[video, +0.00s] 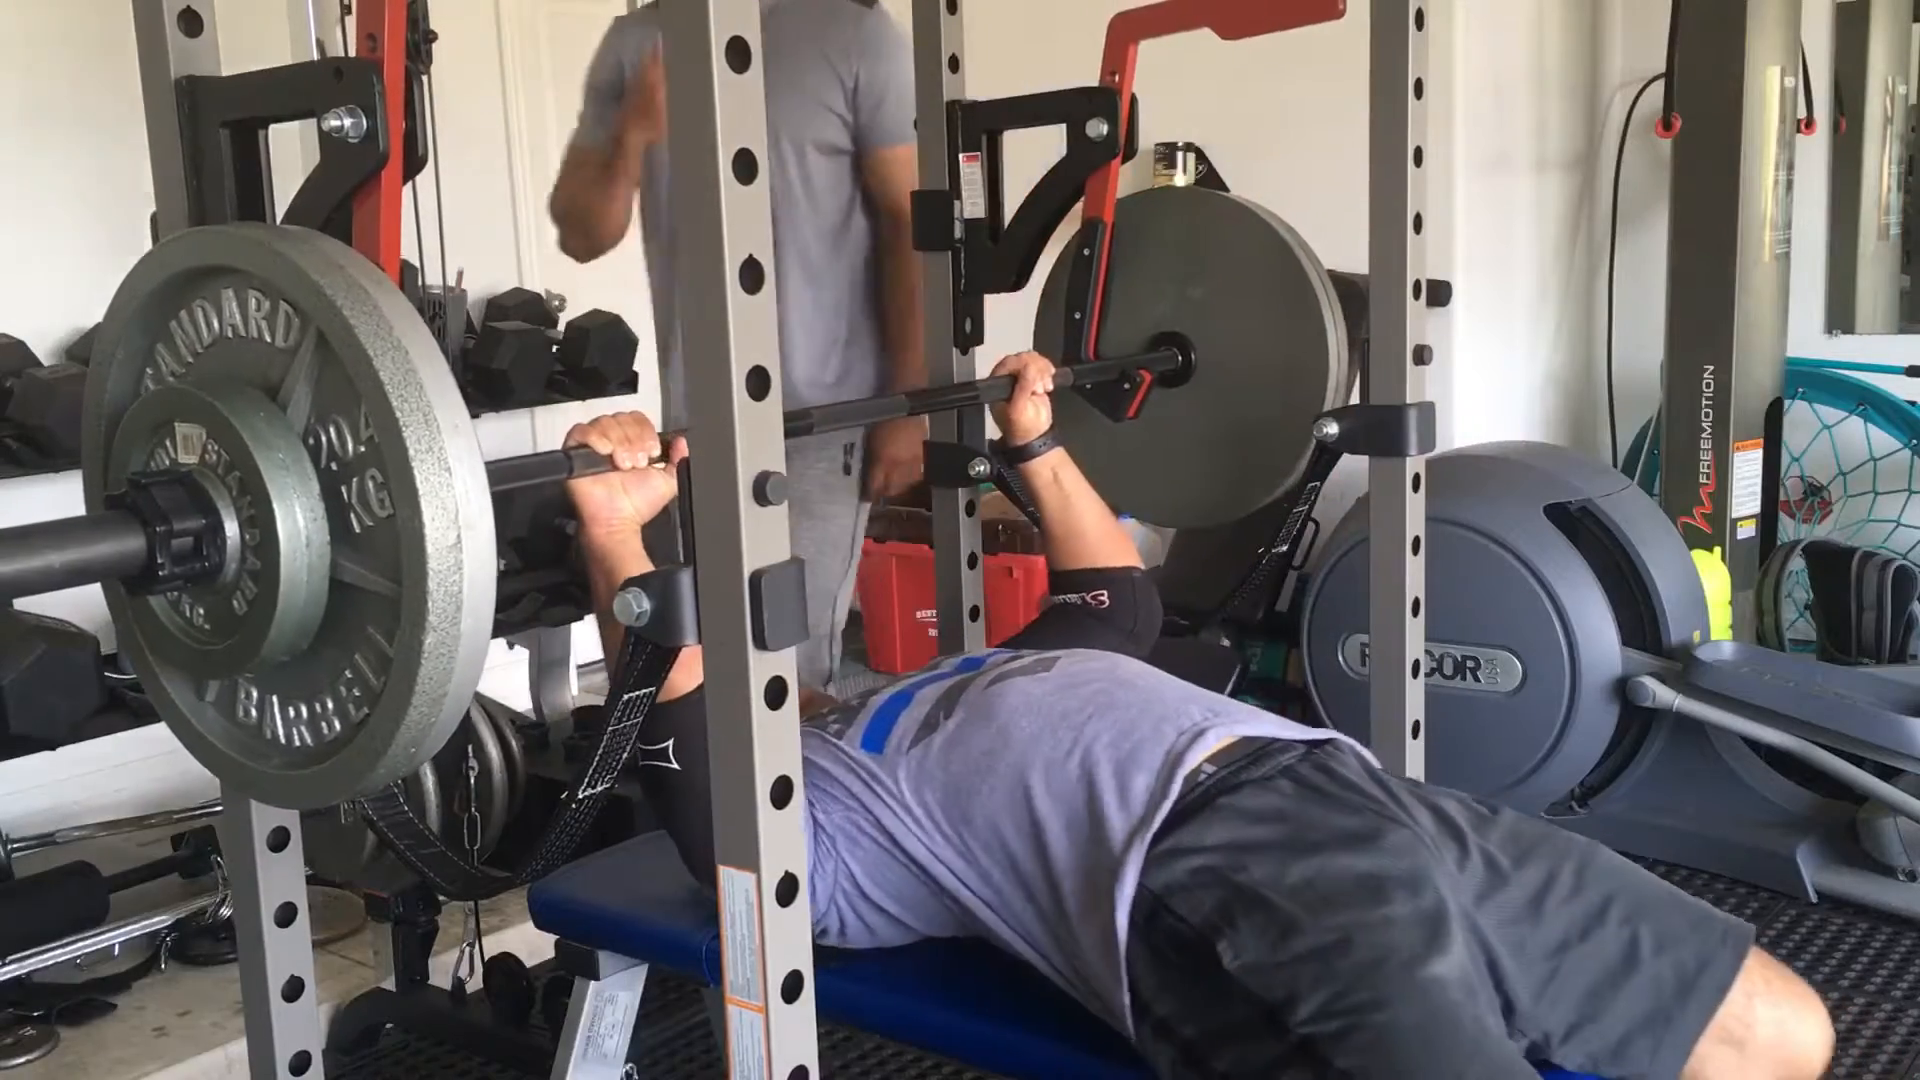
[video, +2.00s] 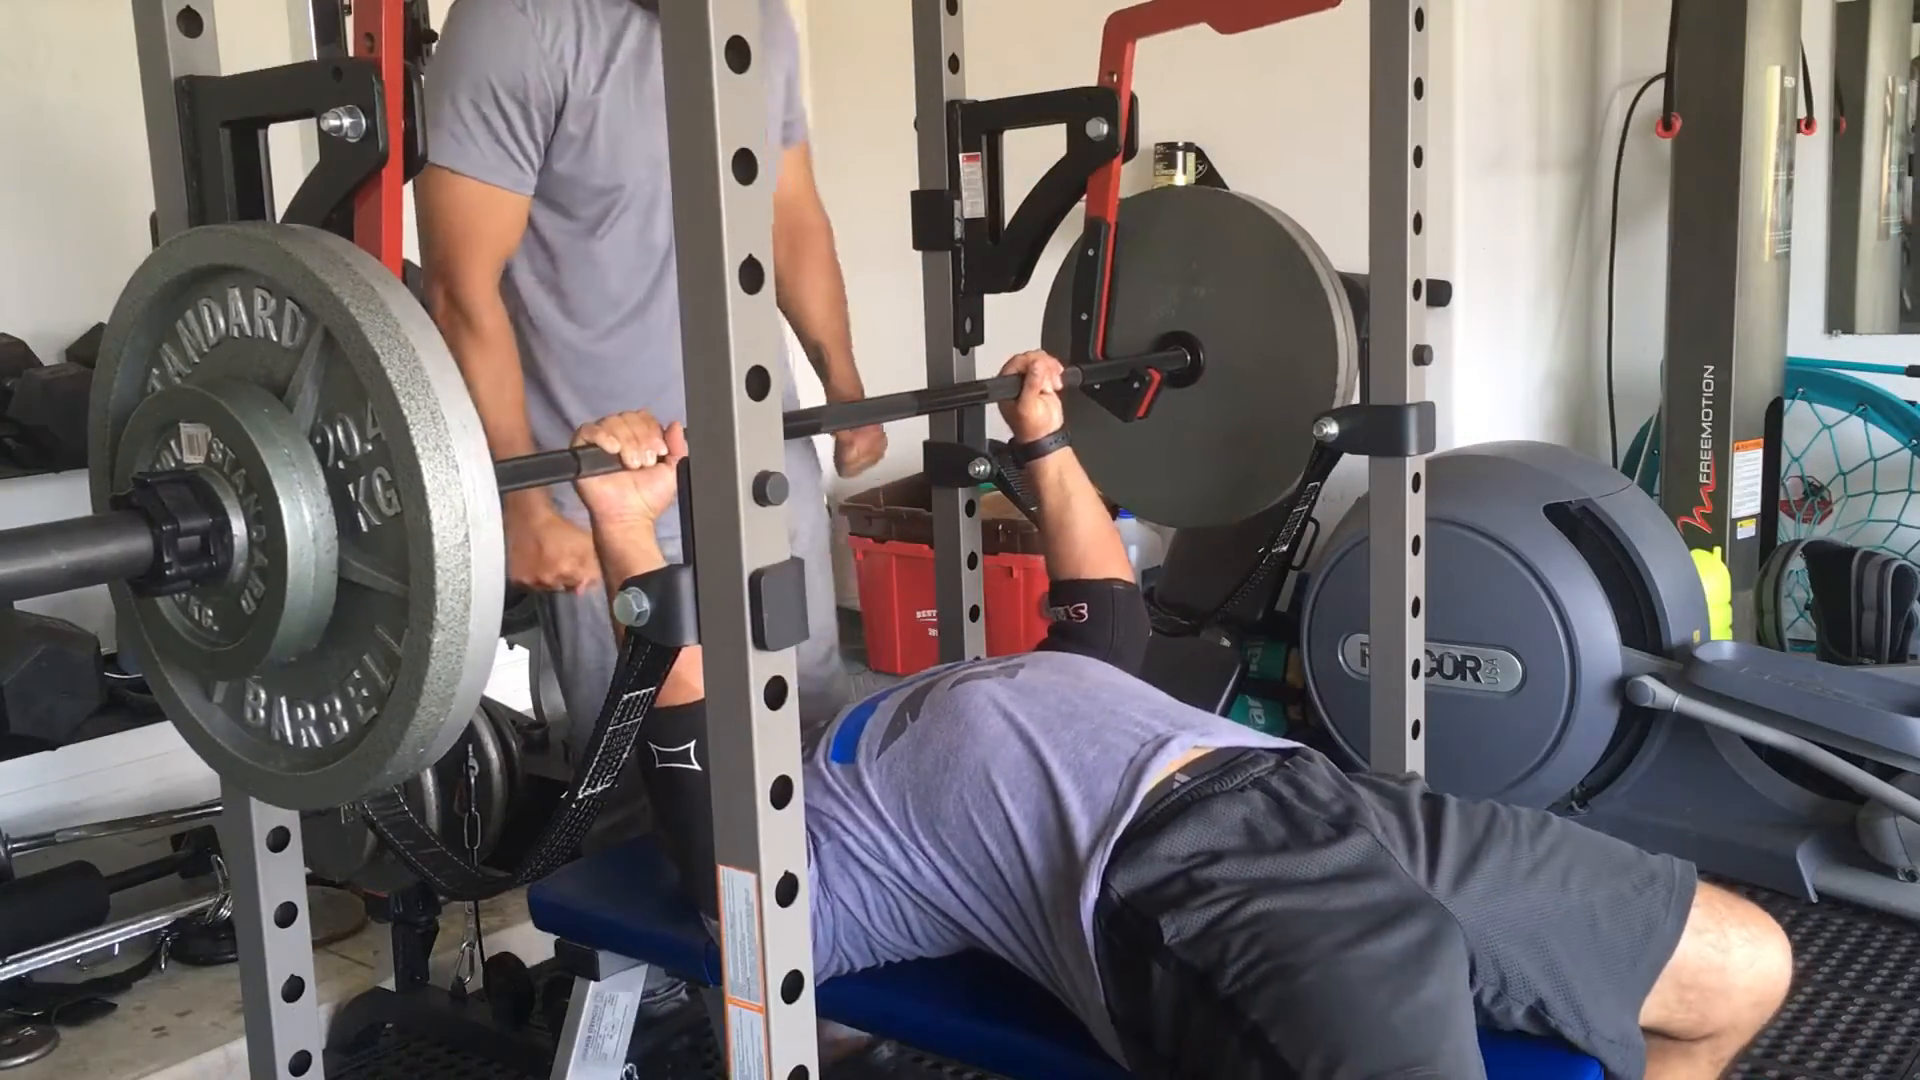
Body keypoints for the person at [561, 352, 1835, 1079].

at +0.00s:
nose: (789, 658)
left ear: (848, 659)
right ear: (739, 740)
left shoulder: (1008, 677)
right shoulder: (815, 819)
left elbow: (1123, 600)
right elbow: (711, 733)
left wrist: (1028, 446)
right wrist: (626, 551)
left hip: (1382, 789)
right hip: (1237, 863)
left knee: (1793, 1029)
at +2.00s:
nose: (736, 675)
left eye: (744, 673)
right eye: (713, 697)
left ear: (821, 689)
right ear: (715, 757)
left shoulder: (1012, 702)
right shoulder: (796, 833)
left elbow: (1104, 615)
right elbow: (703, 736)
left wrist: (1044, 447)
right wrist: (632, 541)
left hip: (1329, 789)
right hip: (1204, 873)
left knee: (1748, 966)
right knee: (1419, 1059)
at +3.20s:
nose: (761, 684)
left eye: (765, 683)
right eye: (725, 711)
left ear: (839, 687)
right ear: (719, 768)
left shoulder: (1016, 694)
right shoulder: (813, 839)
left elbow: (1102, 607)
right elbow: (705, 762)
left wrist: (1036, 443)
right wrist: (631, 548)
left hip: (1329, 787)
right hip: (1205, 878)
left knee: (1741, 945)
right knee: (1430, 1061)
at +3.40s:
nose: (779, 687)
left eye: (782, 678)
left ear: (838, 689)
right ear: (724, 765)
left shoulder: (1013, 699)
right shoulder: (797, 841)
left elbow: (1096, 605)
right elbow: (693, 734)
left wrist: (1037, 439)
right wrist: (626, 538)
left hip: (1328, 786)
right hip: (1207, 881)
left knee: (1742, 942)